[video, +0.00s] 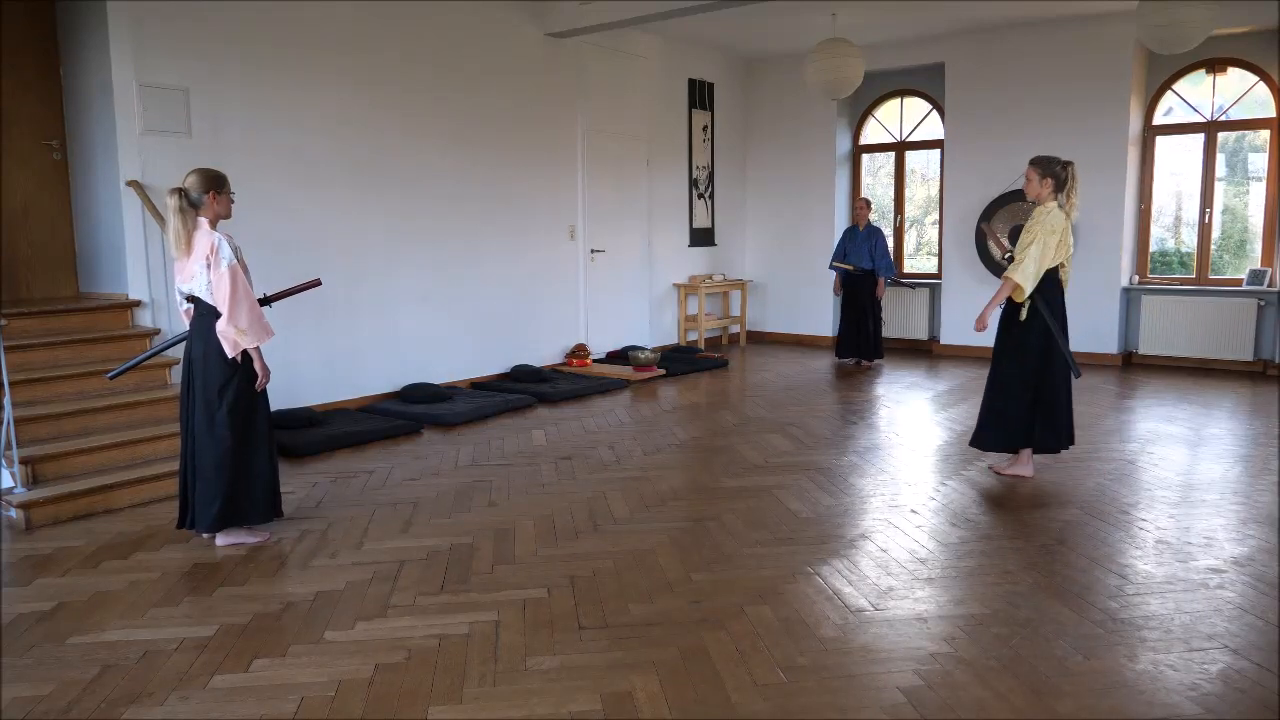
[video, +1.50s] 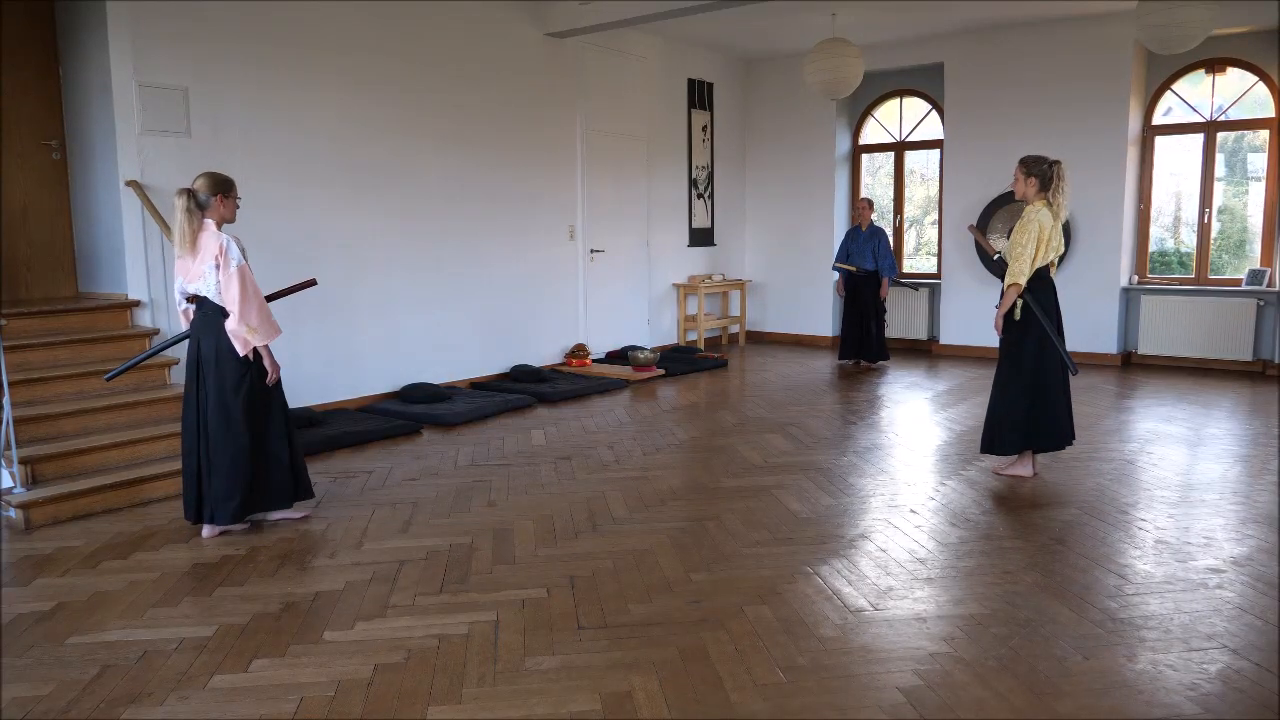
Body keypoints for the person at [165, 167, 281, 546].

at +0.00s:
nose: (233, 200)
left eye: (231, 194)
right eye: (229, 194)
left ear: (203, 199)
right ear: (212, 198)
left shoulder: (185, 241)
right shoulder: (218, 242)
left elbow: (186, 304)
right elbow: (235, 304)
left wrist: (207, 330)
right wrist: (255, 352)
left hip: (200, 343)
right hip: (225, 344)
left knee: (210, 432)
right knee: (233, 433)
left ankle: (212, 521)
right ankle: (231, 526)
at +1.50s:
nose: (237, 206)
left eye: (236, 199)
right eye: (234, 200)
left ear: (203, 202)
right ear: (219, 202)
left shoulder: (186, 245)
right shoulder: (224, 244)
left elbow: (185, 303)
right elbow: (242, 304)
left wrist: (201, 334)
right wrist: (264, 349)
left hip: (201, 340)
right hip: (232, 339)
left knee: (213, 425)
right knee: (260, 415)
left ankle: (216, 515)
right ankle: (276, 502)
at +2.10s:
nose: (288, 205)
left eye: (286, 199)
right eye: (285, 200)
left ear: (256, 203)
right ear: (271, 202)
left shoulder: (237, 245)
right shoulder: (280, 242)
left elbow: (236, 301)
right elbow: (294, 299)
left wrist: (252, 327)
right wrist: (312, 344)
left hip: (251, 332)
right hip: (281, 332)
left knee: (247, 413)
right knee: (298, 411)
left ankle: (221, 500)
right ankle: (306, 493)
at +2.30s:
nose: (305, 204)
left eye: (304, 199)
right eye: (302, 199)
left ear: (275, 201)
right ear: (289, 201)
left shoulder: (254, 244)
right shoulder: (298, 240)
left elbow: (256, 298)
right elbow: (314, 297)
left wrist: (273, 324)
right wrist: (333, 339)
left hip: (272, 330)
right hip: (302, 330)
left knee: (275, 406)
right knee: (309, 408)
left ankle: (254, 486)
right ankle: (305, 493)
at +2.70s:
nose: (337, 210)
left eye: (336, 204)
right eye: (335, 204)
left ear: (310, 206)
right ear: (322, 206)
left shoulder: (290, 246)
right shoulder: (329, 242)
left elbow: (290, 301)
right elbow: (342, 298)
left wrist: (307, 325)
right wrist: (358, 340)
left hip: (306, 331)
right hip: (331, 330)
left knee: (314, 408)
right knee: (340, 406)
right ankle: (305, 491)